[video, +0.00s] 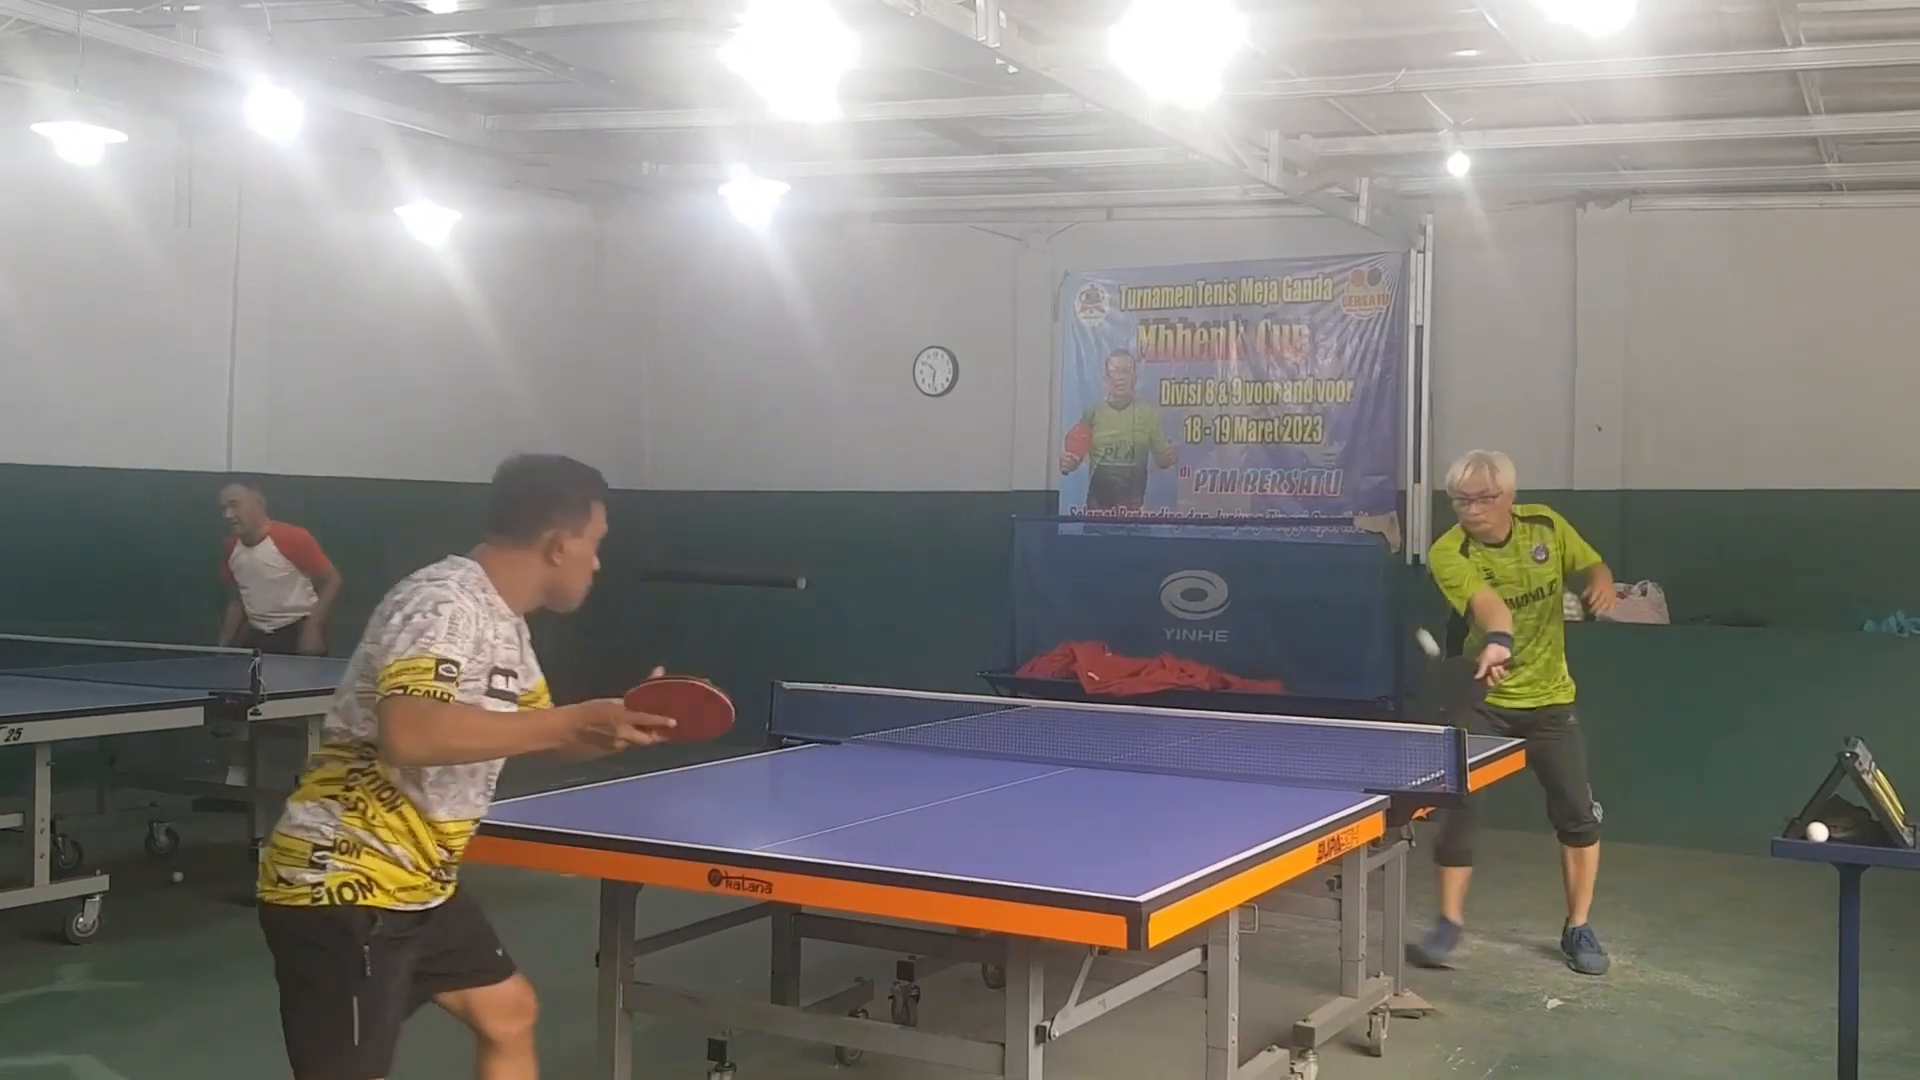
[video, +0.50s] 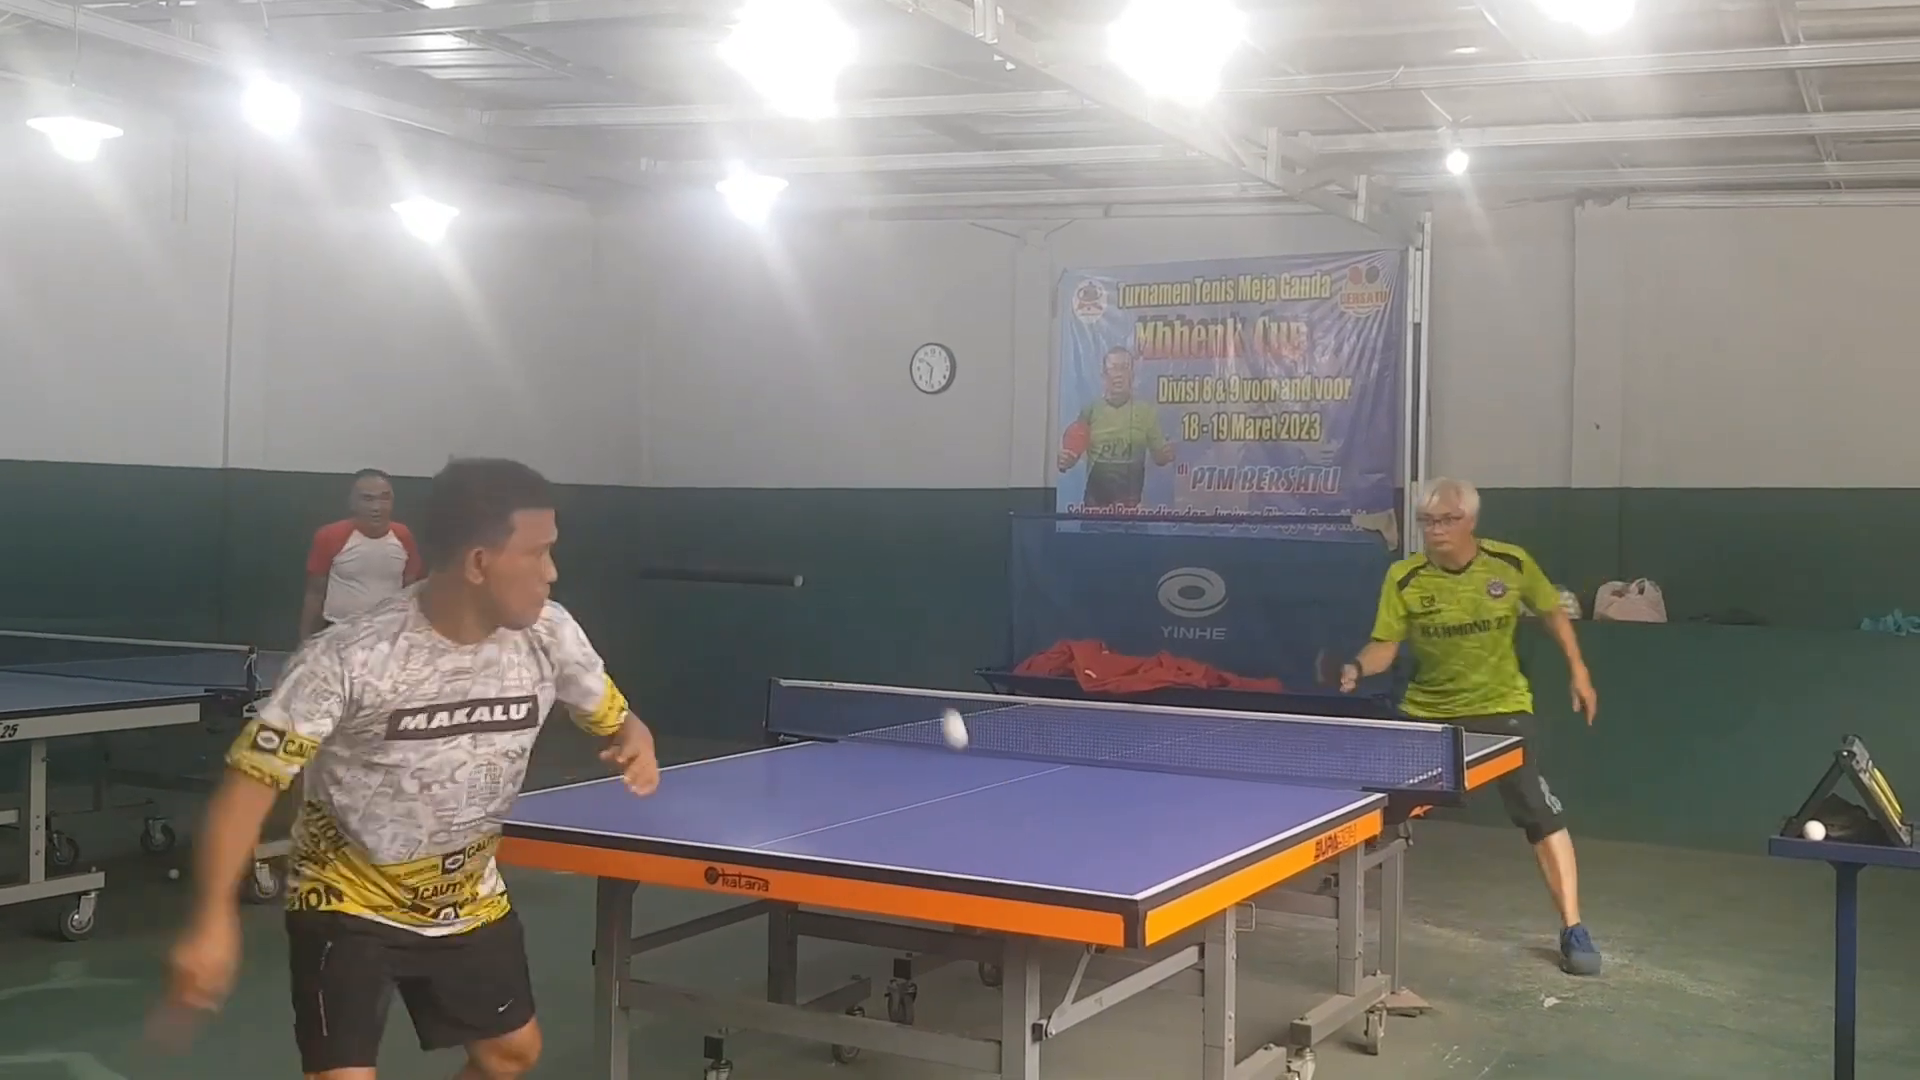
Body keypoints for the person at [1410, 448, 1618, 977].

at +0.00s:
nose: (1471, 510)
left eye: (1483, 499)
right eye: (1461, 500)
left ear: (1510, 497)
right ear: (1453, 501)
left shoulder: (1545, 525)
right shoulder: (1447, 552)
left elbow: (1594, 569)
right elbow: (1483, 600)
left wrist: (1601, 588)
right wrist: (1499, 637)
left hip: (1549, 699)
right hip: (1481, 701)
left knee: (1577, 810)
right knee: (1456, 795)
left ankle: (1579, 927)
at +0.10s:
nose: (1473, 507)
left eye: (1485, 497)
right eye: (1464, 499)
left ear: (1510, 498)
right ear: (1454, 503)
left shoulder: (1541, 530)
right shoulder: (1450, 554)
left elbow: (1585, 564)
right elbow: (1477, 595)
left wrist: (1613, 562)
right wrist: (1480, 625)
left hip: (1549, 700)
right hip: (1484, 706)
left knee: (1603, 808)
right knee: (1499, 816)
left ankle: (1572, 921)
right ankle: (1498, 939)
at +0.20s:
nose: (1477, 500)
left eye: (1489, 489)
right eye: (1468, 490)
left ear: (1515, 493)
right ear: (1460, 495)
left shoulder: (1549, 531)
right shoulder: (1446, 558)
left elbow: (1593, 578)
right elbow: (1461, 630)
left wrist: (1614, 571)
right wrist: (1452, 636)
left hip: (1547, 697)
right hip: (1479, 704)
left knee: (1601, 806)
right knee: (1491, 818)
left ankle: (1580, 918)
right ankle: (1494, 939)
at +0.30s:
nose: (1481, 505)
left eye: (1493, 494)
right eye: (1472, 495)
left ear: (1519, 496)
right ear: (1462, 499)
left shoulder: (1556, 539)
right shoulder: (1444, 557)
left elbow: (1611, 588)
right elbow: (1440, 631)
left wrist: (1617, 621)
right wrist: (1429, 649)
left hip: (1539, 691)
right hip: (1465, 692)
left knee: (1561, 805)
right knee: (1455, 796)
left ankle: (1576, 929)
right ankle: (1454, 921)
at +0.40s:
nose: (1467, 522)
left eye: (1478, 511)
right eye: (1458, 513)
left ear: (1504, 514)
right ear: (1450, 517)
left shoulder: (1544, 559)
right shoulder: (1434, 570)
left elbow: (1596, 617)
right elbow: (1418, 641)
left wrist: (1616, 684)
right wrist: (1397, 659)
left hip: (1529, 700)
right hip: (1454, 700)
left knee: (1556, 806)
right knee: (1395, 788)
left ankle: (1576, 929)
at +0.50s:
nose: (1436, 529)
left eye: (1447, 520)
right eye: (1428, 521)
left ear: (1471, 523)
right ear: (1420, 524)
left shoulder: (1511, 564)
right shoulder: (1403, 578)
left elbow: (1552, 612)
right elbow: (1383, 647)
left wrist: (1578, 669)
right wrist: (1358, 667)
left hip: (1499, 705)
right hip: (1424, 707)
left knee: (1536, 806)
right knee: (1376, 799)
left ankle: (1573, 928)